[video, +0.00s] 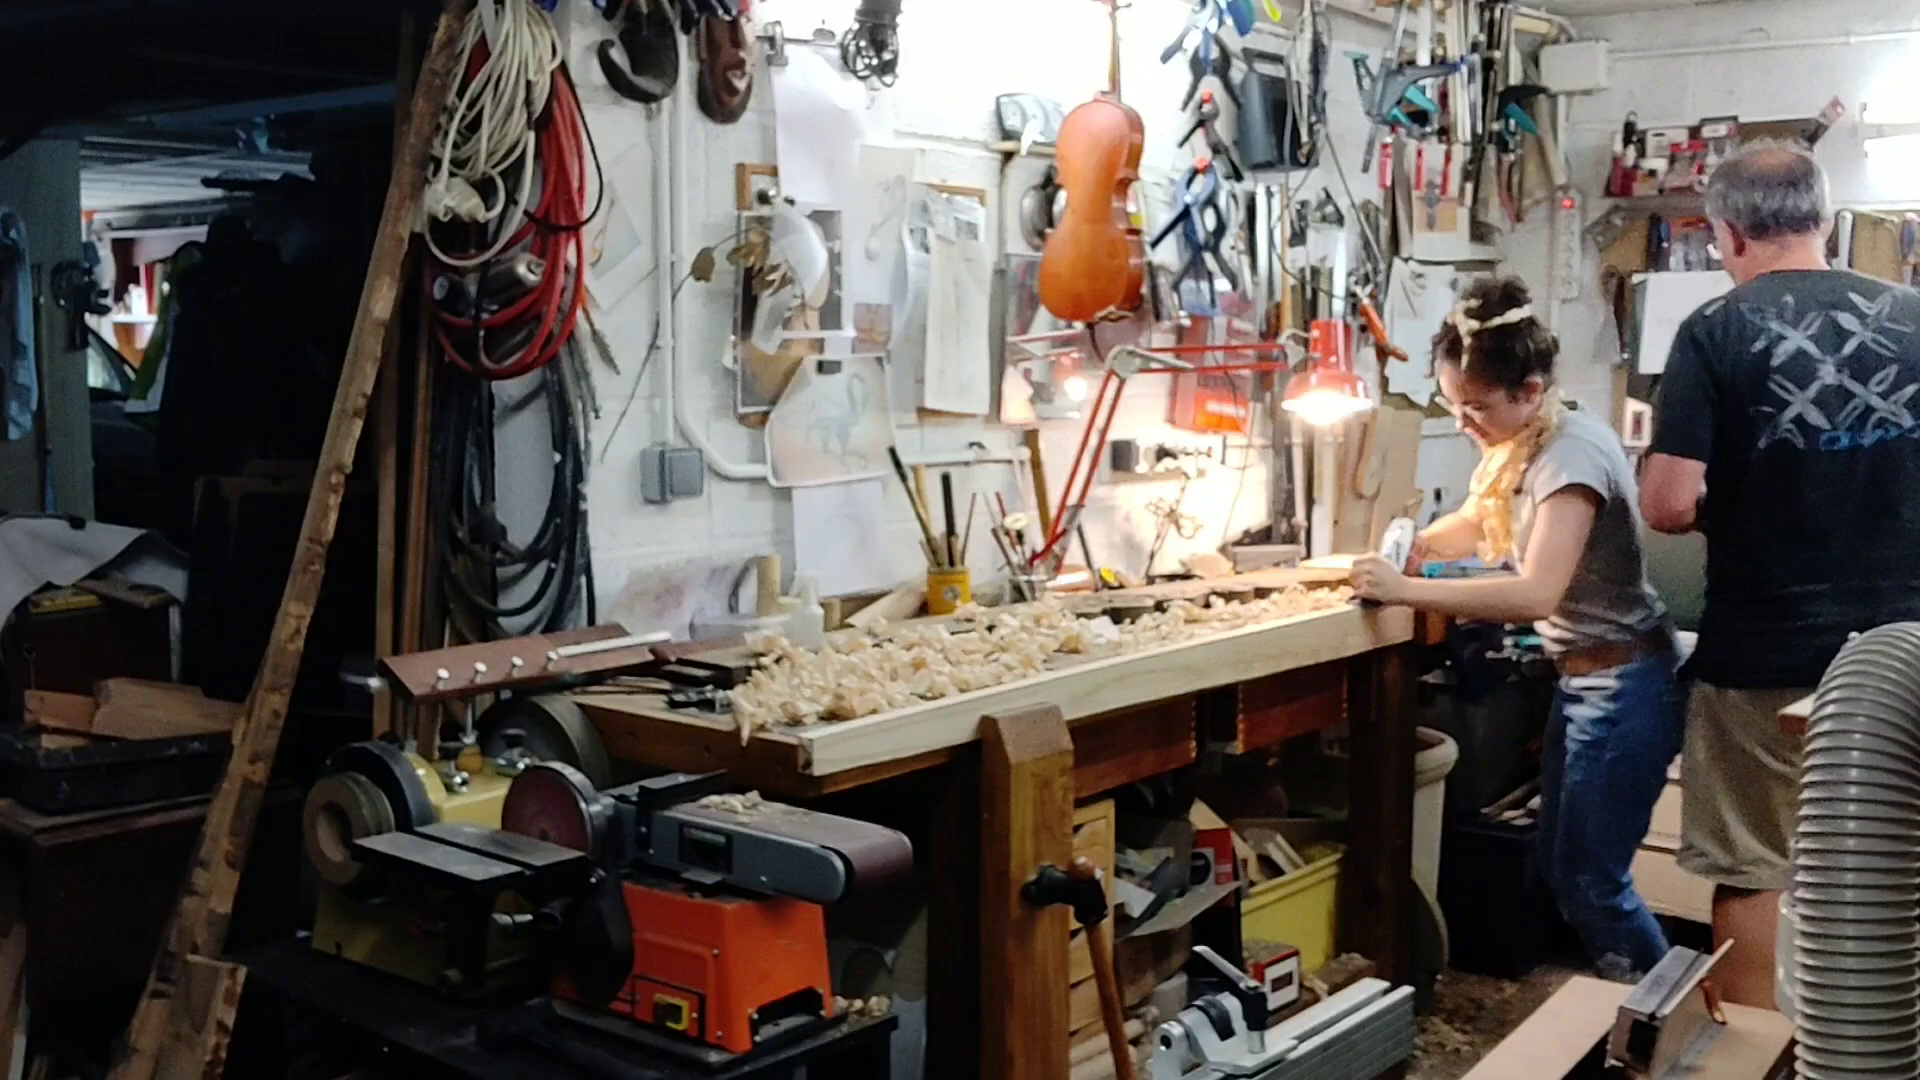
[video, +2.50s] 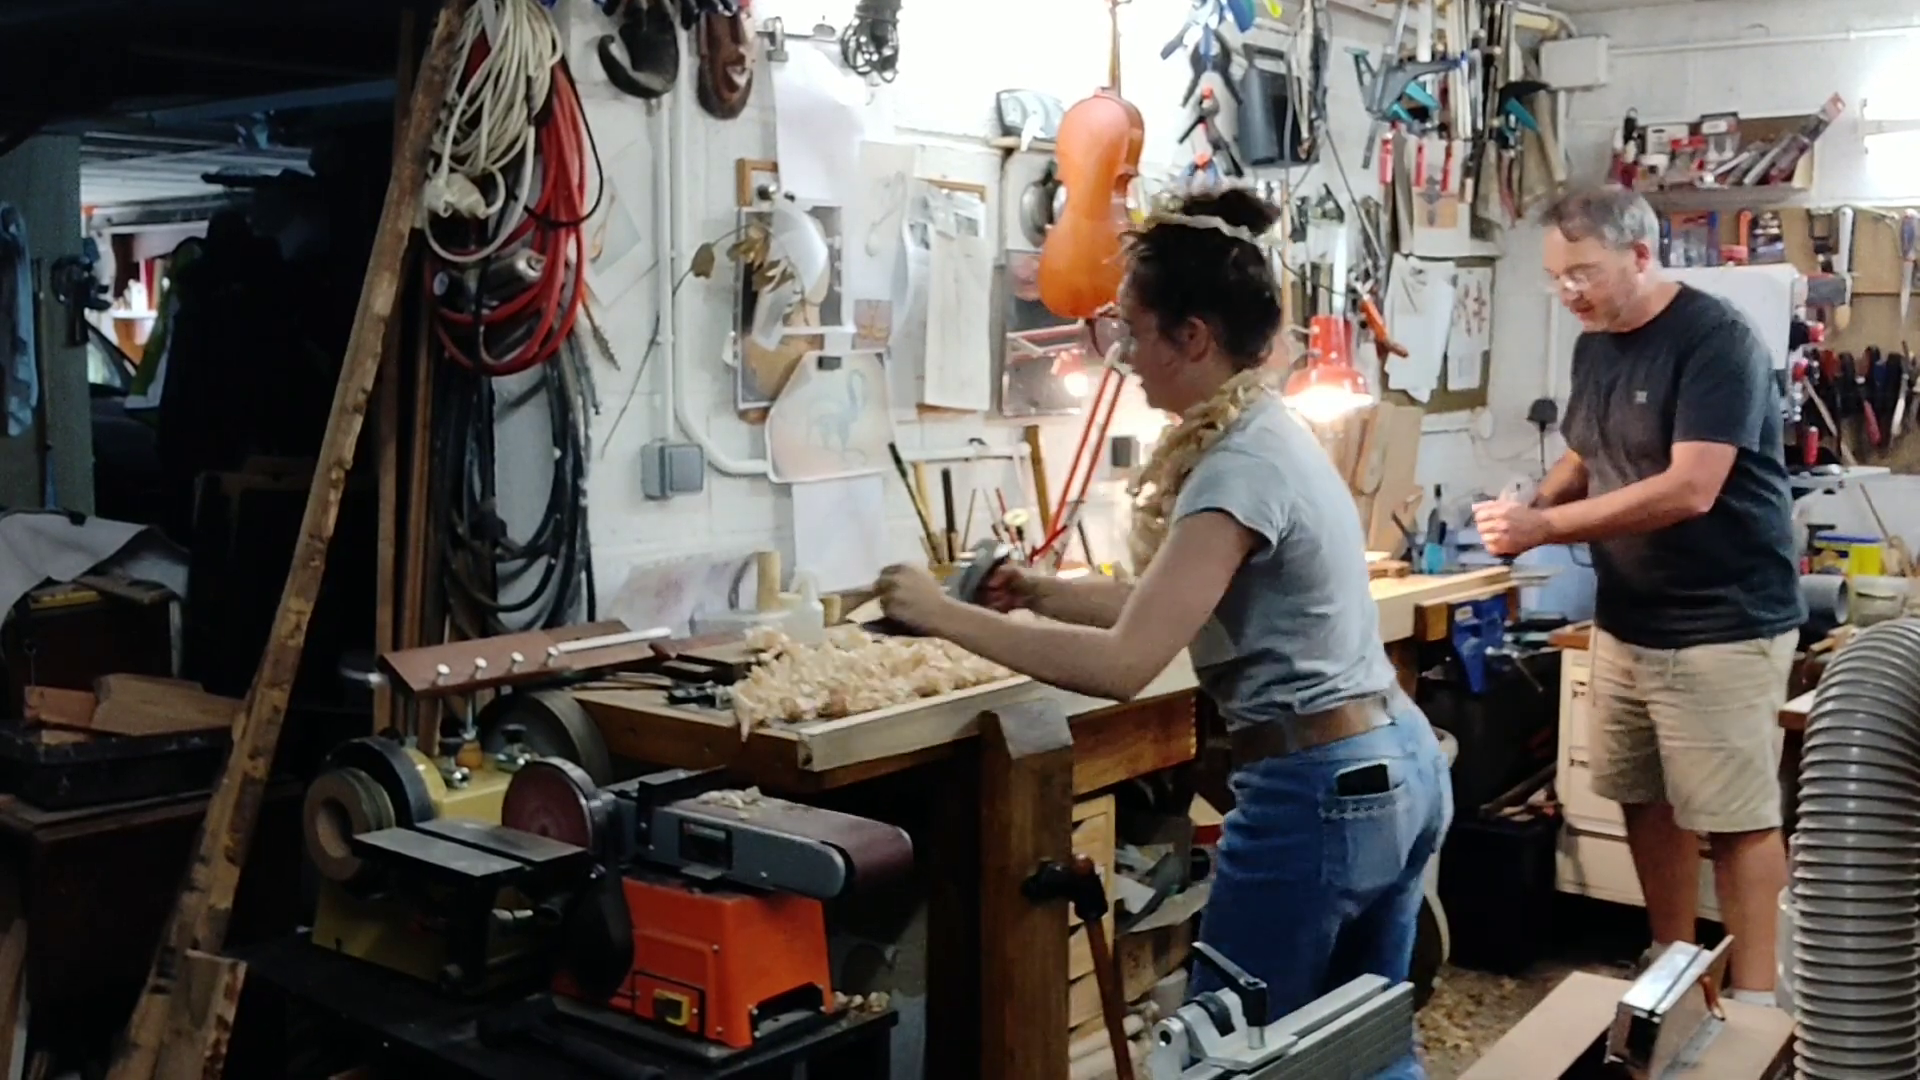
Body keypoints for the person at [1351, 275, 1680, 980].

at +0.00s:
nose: (1462, 420)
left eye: (1478, 406)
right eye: (1453, 405)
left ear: (1531, 390)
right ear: (1444, 384)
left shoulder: (1572, 453)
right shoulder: (1516, 453)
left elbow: (1538, 593)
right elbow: (1479, 524)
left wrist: (1407, 588)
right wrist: (1412, 546)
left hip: (1623, 682)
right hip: (1580, 679)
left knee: (1589, 881)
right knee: (1559, 873)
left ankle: (1673, 1018)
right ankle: (1628, 1016)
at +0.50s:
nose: (1406, 431)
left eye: (1421, 415)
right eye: (1397, 414)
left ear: (1476, 395)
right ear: (1387, 392)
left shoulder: (1526, 456)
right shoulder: (1470, 450)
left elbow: (1500, 602)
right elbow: (1430, 538)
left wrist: (1370, 598)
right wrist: (1367, 557)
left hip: (1605, 692)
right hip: (1584, 685)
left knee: (1564, 891)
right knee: (1614, 868)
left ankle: (1642, 1026)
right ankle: (1676, 1002)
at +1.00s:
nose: (1368, 437)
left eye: (1382, 422)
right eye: (1361, 419)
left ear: (1442, 405)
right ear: (1356, 393)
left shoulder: (1492, 475)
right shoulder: (1425, 466)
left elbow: (1433, 624)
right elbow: (1365, 545)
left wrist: (1286, 615)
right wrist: (1292, 563)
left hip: (1563, 726)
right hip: (1492, 719)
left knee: (1560, 915)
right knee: (1462, 892)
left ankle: (1628, 1037)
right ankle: (1546, 1016)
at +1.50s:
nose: (1217, 449)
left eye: (1231, 430)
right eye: (1208, 429)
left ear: (1295, 407)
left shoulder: (1360, 481)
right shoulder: (1283, 483)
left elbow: (1314, 652)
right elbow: (1221, 572)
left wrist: (1162, 652)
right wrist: (1144, 597)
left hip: (1439, 752)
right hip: (1362, 745)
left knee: (1395, 971)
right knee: (1353, 962)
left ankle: (1523, 1061)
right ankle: (1452, 1062)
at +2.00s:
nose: (1059, 445)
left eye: (1068, 423)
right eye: (1052, 424)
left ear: (1144, 402)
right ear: (1139, 406)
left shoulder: (1219, 494)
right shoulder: (1165, 480)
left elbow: (1142, 696)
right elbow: (1102, 584)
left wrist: (964, 689)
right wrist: (1010, 620)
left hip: (1325, 795)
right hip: (1294, 787)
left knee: (1194, 1026)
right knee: (1348, 1013)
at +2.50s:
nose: (1122, 351)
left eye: (1133, 330)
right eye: (1122, 328)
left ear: (1193, 338)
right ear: (1211, 340)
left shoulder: (1240, 463)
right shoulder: (1276, 440)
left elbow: (1125, 661)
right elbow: (1172, 600)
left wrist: (947, 617)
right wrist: (1038, 594)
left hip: (1317, 783)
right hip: (1400, 755)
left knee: (1232, 1045)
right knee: (1374, 1034)